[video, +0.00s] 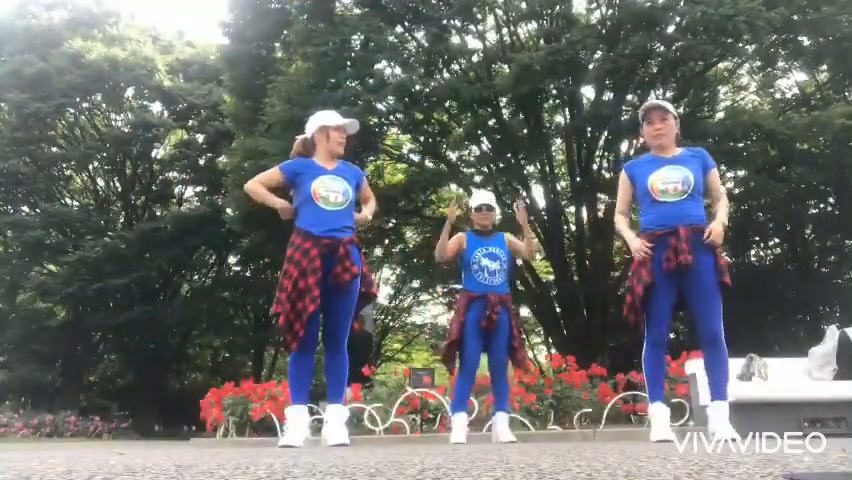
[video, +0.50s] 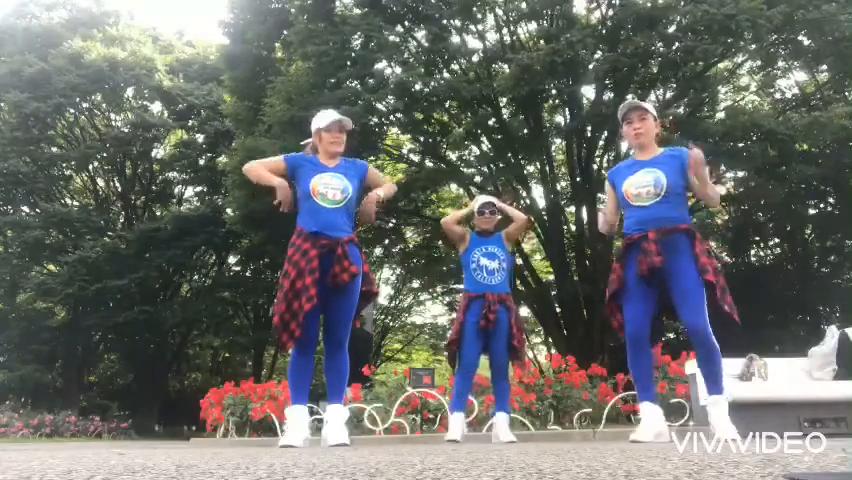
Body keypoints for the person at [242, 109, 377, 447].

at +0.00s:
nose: (345, 137)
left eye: (345, 133)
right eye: (339, 132)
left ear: (343, 138)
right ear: (320, 135)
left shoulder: (354, 173)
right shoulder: (298, 167)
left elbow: (370, 199)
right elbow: (253, 185)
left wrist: (366, 212)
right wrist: (278, 203)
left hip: (345, 254)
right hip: (307, 253)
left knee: (337, 340)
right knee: (303, 337)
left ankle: (336, 420)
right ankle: (297, 420)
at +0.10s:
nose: (344, 137)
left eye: (344, 132)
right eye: (338, 131)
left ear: (342, 137)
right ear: (319, 135)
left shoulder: (353, 171)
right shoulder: (298, 165)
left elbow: (372, 199)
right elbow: (255, 186)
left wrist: (366, 209)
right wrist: (281, 202)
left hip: (345, 254)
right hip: (307, 252)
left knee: (337, 339)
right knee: (303, 336)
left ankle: (335, 419)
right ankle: (297, 419)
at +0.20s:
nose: (345, 137)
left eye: (345, 132)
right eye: (339, 131)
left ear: (342, 138)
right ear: (319, 135)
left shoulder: (354, 170)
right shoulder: (299, 164)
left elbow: (375, 198)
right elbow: (259, 186)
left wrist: (366, 208)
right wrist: (283, 200)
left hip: (345, 254)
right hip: (308, 252)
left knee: (337, 338)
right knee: (304, 336)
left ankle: (335, 419)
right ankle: (297, 420)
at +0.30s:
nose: (344, 136)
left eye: (344, 132)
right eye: (337, 131)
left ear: (344, 137)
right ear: (318, 135)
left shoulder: (354, 170)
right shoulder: (299, 164)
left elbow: (376, 197)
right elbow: (259, 186)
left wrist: (366, 208)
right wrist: (283, 200)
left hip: (345, 255)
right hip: (308, 252)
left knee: (337, 339)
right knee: (304, 337)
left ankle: (336, 419)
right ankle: (297, 420)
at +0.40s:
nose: (341, 136)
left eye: (343, 131)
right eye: (334, 131)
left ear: (346, 136)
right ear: (317, 135)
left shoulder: (356, 170)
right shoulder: (299, 164)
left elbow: (378, 196)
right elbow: (259, 184)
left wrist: (368, 208)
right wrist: (282, 198)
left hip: (346, 256)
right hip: (308, 253)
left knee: (338, 339)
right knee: (304, 337)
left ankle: (336, 419)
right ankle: (298, 420)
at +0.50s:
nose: (340, 137)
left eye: (343, 132)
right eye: (333, 131)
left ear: (347, 137)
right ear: (317, 136)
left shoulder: (359, 167)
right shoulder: (299, 162)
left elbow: (391, 184)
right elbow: (251, 167)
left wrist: (374, 195)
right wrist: (278, 181)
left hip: (346, 255)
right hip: (308, 253)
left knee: (338, 339)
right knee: (305, 338)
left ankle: (336, 420)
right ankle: (298, 420)